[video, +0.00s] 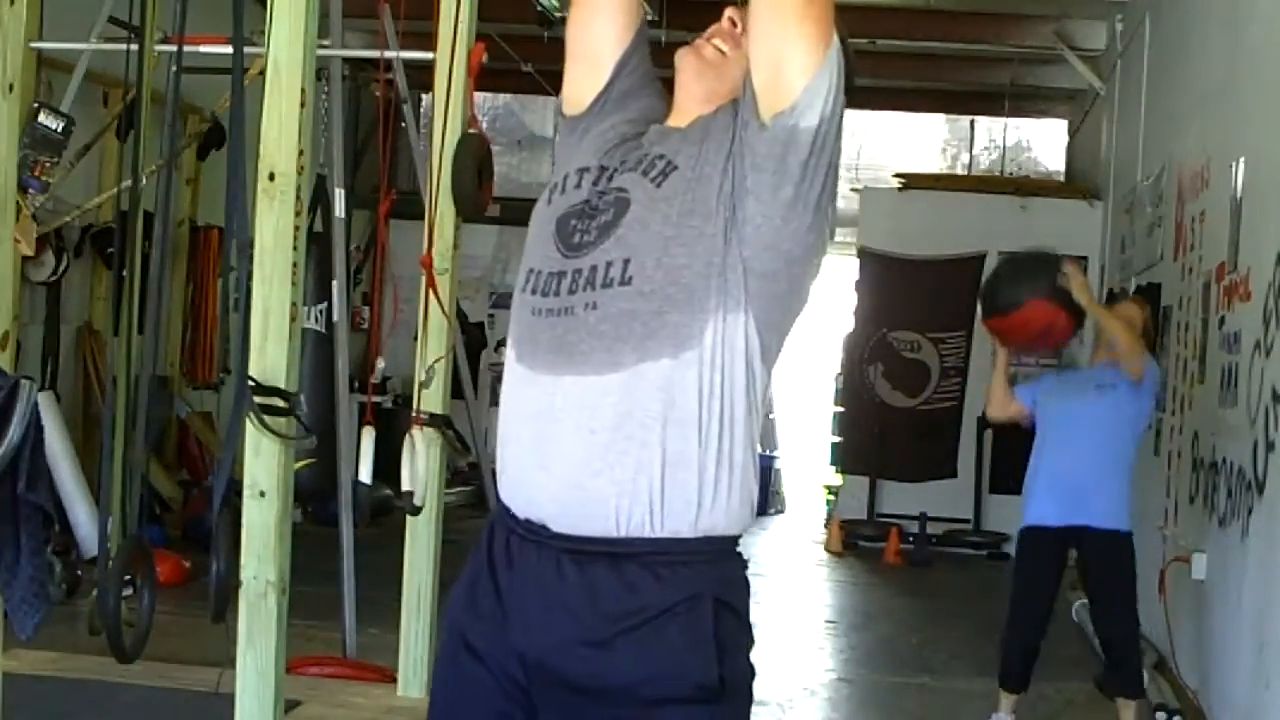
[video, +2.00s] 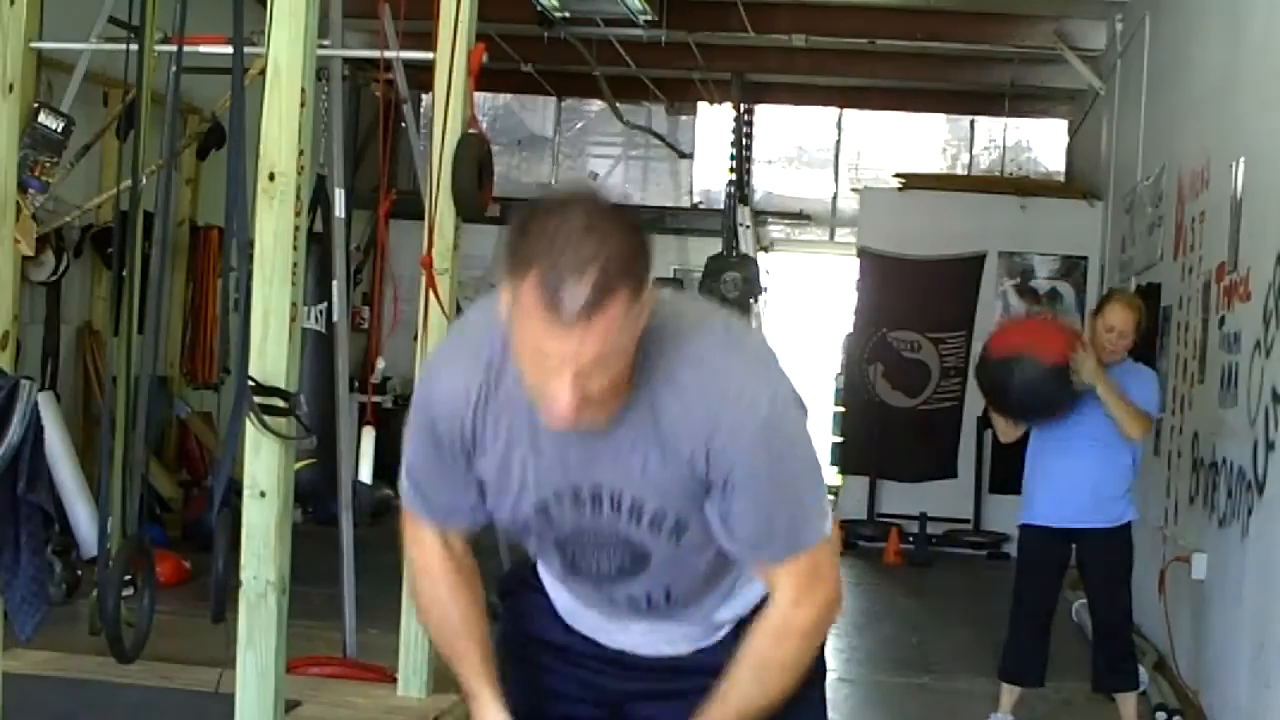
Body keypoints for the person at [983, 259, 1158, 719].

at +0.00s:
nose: (1123, 326)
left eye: (1132, 320)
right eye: (1117, 317)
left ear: (1144, 336)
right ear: (1101, 326)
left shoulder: (1140, 382)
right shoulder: (1053, 384)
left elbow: (1125, 345)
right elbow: (998, 409)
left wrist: (1087, 302)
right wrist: (1003, 351)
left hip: (1106, 521)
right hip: (1044, 518)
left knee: (1119, 630)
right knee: (1024, 621)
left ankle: (1129, 714)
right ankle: (1004, 712)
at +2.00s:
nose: (1116, 341)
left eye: (1126, 334)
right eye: (1109, 329)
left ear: (1135, 338)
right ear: (1091, 324)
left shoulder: (1140, 377)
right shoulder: (1056, 366)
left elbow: (1138, 429)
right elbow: (1008, 432)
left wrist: (1098, 379)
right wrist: (1000, 375)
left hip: (1107, 521)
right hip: (1043, 519)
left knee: (1114, 621)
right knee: (1029, 615)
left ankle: (1131, 715)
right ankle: (1004, 712)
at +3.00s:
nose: (1093, 548)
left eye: (1103, 539)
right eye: (1086, 537)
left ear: (1116, 533)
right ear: (1071, 526)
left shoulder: (1133, 549)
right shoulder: (1042, 534)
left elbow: (1138, 621)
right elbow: (1015, 603)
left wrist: (1128, 694)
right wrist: (1010, 671)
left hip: (1106, 595)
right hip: (1047, 591)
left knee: (1159, 637)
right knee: (992, 621)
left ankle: (1137, 712)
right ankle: (1000, 711)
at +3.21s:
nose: (1098, 484)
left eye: (1108, 474)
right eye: (1090, 472)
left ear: (1119, 474)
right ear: (1075, 467)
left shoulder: (1134, 501)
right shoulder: (1044, 488)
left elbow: (1141, 574)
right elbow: (1018, 554)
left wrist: (1128, 640)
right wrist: (1011, 619)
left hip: (1108, 574)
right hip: (1045, 569)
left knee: (1151, 631)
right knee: (1004, 625)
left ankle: (1137, 713)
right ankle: (1000, 712)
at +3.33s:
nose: (1104, 426)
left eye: (1113, 416)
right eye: (1096, 415)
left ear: (1125, 421)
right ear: (1080, 415)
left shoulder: (1139, 463)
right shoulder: (1048, 451)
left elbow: (1148, 535)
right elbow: (1024, 516)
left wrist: (1130, 580)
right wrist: (1013, 566)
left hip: (1114, 563)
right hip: (1050, 556)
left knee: (1145, 640)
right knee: (1013, 621)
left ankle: (1135, 712)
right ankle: (1001, 712)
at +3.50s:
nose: (1111, 363)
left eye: (1121, 356)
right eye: (1104, 353)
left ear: (1133, 365)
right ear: (1090, 358)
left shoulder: (1144, 418)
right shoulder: (1055, 407)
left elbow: (1157, 476)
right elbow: (1025, 461)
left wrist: (1123, 471)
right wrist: (1045, 472)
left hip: (1119, 551)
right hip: (1052, 546)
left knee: (1139, 645)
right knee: (1022, 631)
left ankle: (1133, 712)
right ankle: (1003, 712)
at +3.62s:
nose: (1123, 313)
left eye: (1132, 306)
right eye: (1116, 304)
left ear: (1143, 316)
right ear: (1099, 308)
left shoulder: (1151, 364)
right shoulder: (1068, 353)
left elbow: (1166, 411)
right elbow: (1020, 422)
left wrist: (1128, 363)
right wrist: (1029, 361)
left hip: (1122, 512)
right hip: (1059, 509)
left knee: (1128, 613)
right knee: (1033, 607)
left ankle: (1137, 712)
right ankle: (999, 705)